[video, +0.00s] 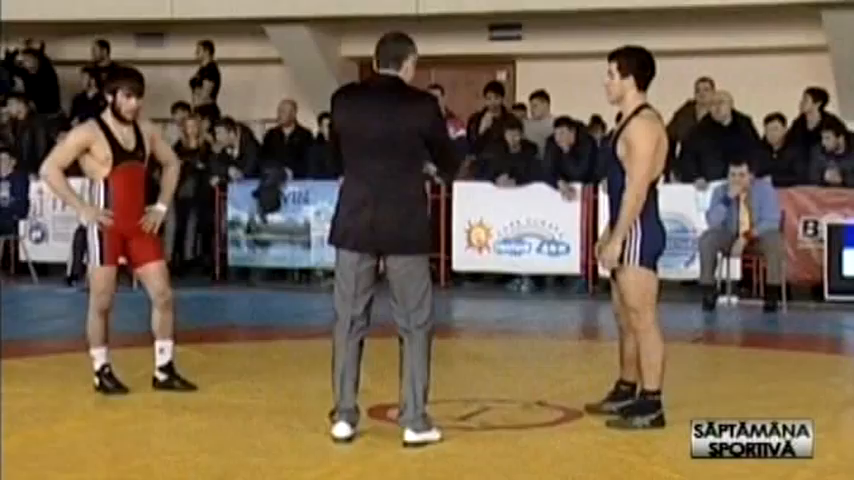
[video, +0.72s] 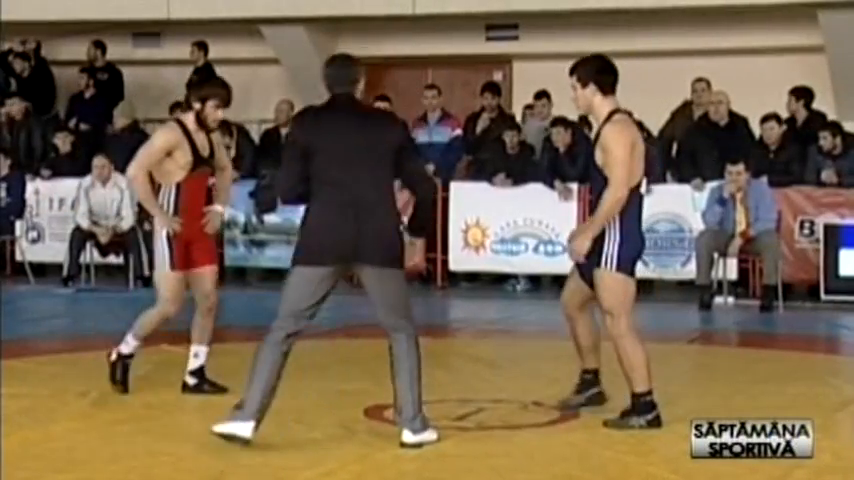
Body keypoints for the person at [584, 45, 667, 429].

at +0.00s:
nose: (606, 82)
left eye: (612, 75)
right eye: (607, 75)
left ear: (631, 79)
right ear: (628, 80)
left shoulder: (643, 125)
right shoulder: (627, 123)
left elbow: (637, 189)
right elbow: (624, 186)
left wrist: (617, 237)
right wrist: (611, 235)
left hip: (639, 227)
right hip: (624, 224)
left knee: (641, 315)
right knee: (625, 313)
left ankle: (650, 398)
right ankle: (628, 384)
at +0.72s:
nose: (573, 95)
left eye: (575, 87)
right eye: (572, 88)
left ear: (592, 88)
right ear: (599, 88)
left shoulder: (616, 129)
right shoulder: (611, 126)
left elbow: (619, 189)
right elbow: (617, 189)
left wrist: (587, 233)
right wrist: (586, 229)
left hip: (619, 231)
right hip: (606, 229)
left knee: (617, 318)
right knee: (572, 302)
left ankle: (644, 403)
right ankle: (589, 381)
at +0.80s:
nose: (562, 101)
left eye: (564, 93)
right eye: (561, 94)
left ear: (580, 92)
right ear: (590, 92)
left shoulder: (604, 132)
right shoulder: (609, 128)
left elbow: (606, 188)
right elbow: (618, 184)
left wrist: (571, 230)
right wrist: (582, 226)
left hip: (611, 228)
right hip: (602, 226)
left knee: (610, 322)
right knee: (564, 305)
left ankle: (643, 403)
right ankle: (560, 383)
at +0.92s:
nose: (539, 112)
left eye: (542, 104)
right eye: (539, 104)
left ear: (560, 103)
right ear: (568, 103)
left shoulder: (584, 139)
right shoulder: (587, 135)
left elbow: (582, 195)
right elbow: (584, 194)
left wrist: (542, 228)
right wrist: (544, 225)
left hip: (600, 241)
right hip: (588, 239)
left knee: (597, 327)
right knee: (548, 311)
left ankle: (641, 404)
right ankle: (520, 381)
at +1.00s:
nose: (519, 119)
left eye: (522, 111)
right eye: (519, 111)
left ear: (539, 110)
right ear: (547, 109)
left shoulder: (566, 143)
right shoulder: (569, 138)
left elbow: (564, 201)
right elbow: (572, 197)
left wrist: (521, 224)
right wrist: (529, 221)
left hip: (589, 243)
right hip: (576, 241)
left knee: (590, 331)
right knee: (536, 315)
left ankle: (640, 405)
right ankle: (501, 382)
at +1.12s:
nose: (487, 138)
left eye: (487, 130)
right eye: (484, 132)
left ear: (503, 124)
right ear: (509, 124)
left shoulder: (535, 153)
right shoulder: (535, 150)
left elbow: (531, 211)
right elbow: (531, 210)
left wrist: (486, 221)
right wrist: (490, 223)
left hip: (573, 252)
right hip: (554, 252)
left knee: (579, 336)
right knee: (512, 319)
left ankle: (636, 402)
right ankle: (484, 390)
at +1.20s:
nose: (461, 150)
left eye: (464, 142)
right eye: (460, 143)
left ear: (484, 139)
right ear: (488, 138)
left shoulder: (509, 164)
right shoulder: (514, 157)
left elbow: (506, 222)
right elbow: (512, 213)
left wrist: (466, 226)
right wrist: (476, 224)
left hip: (566, 249)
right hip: (546, 251)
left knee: (575, 334)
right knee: (502, 313)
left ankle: (633, 400)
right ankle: (483, 389)